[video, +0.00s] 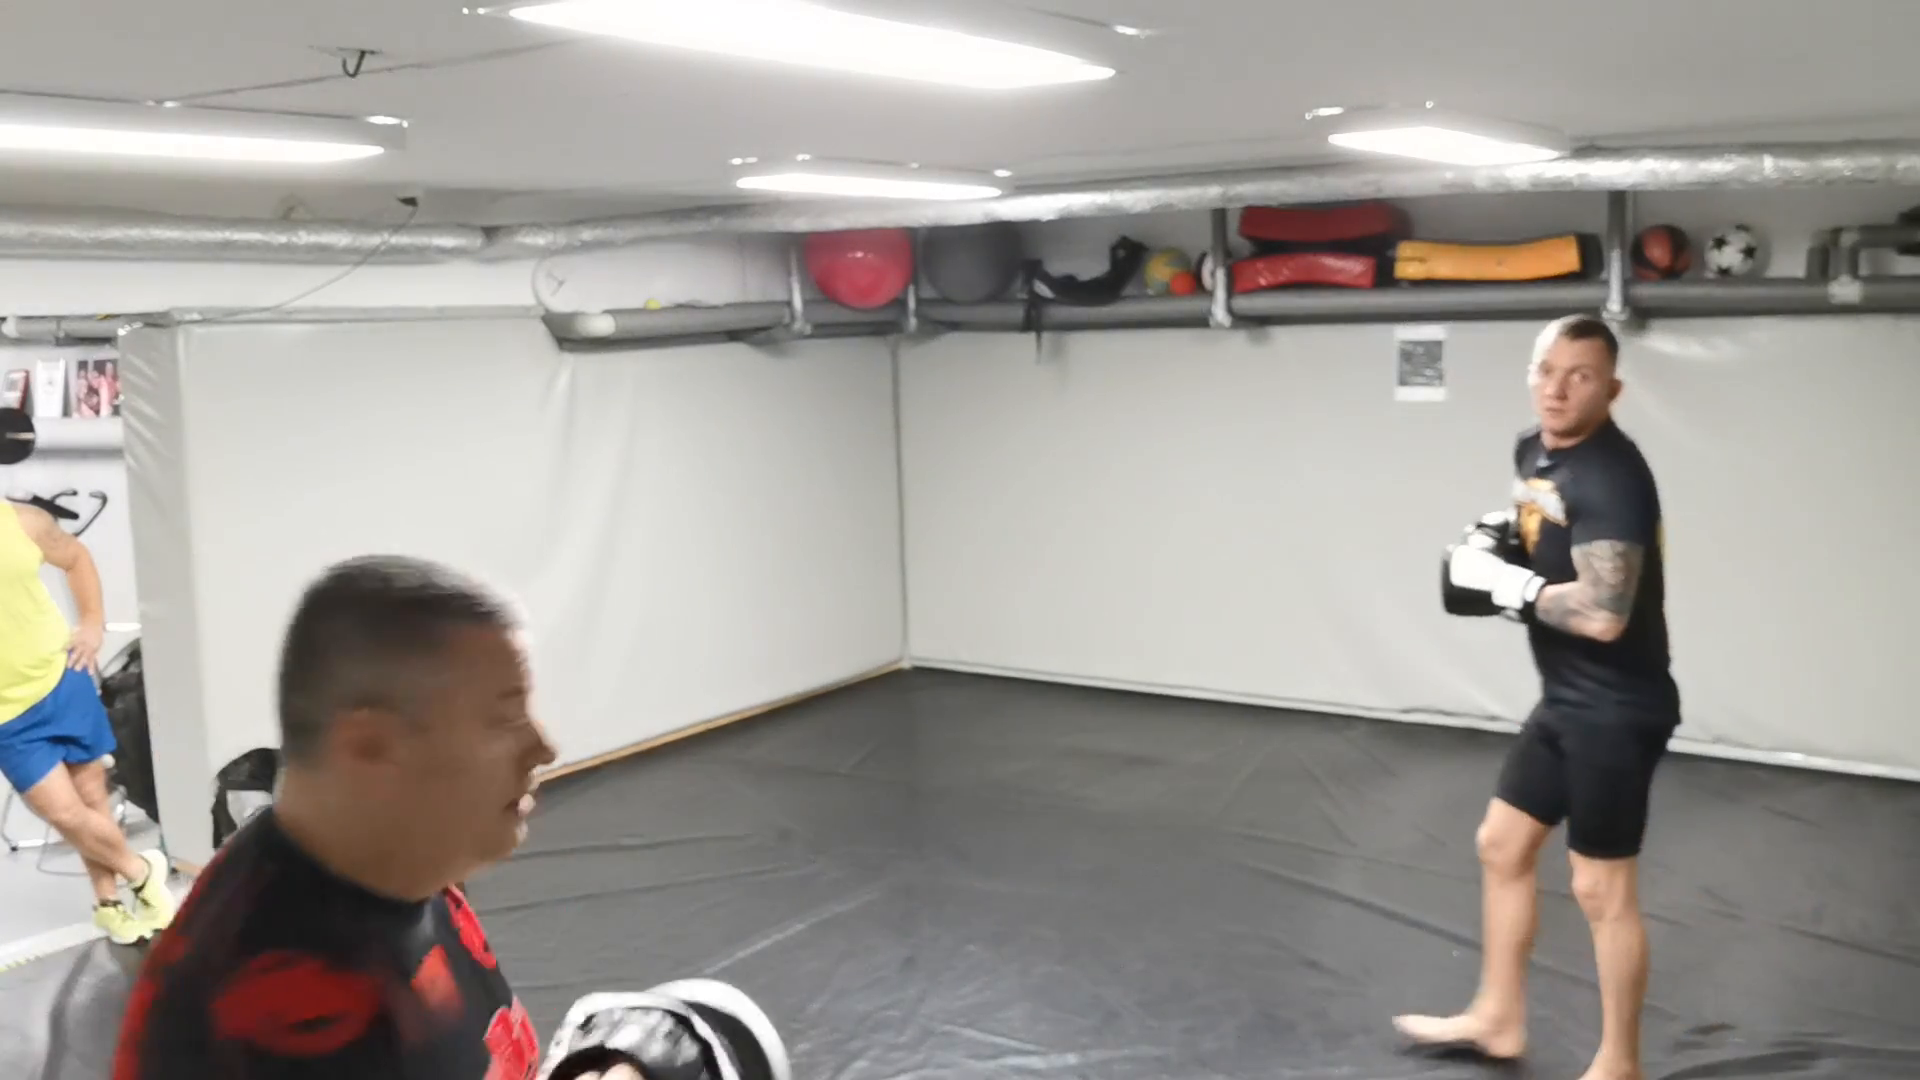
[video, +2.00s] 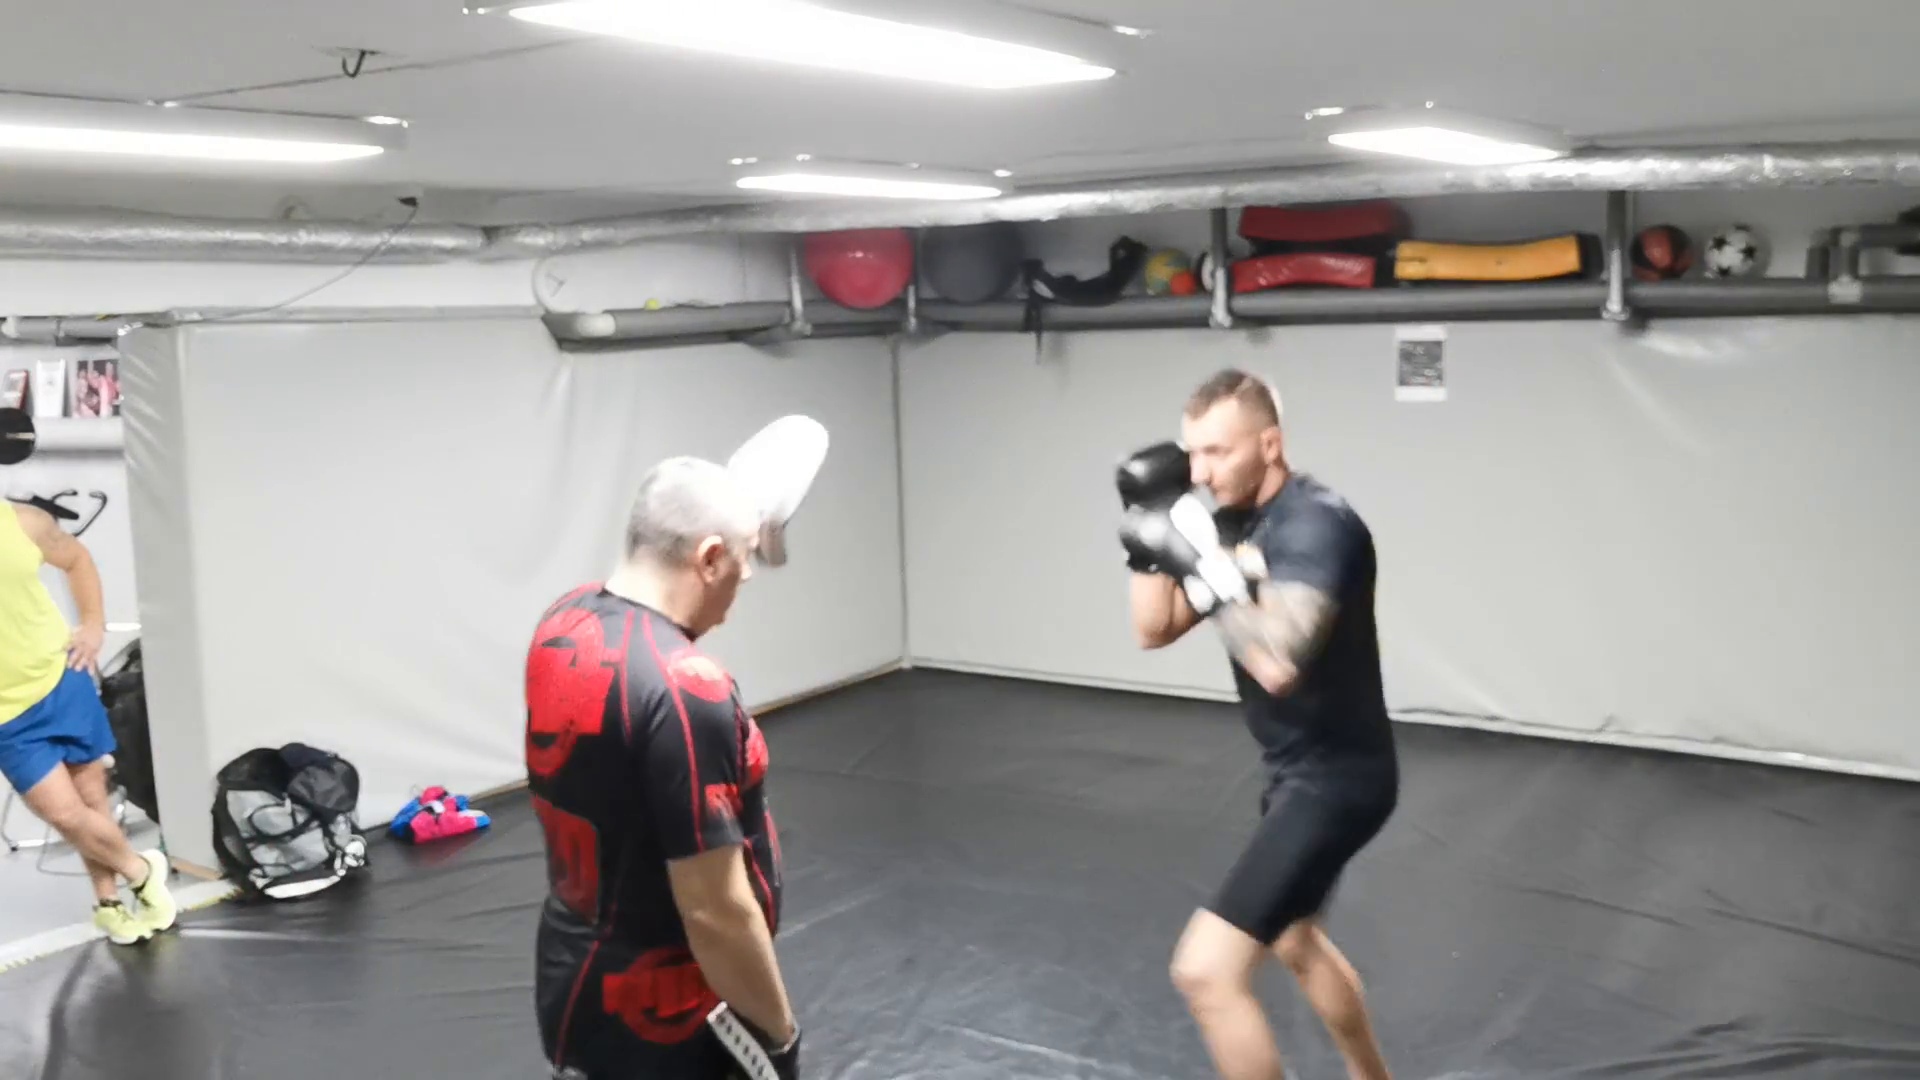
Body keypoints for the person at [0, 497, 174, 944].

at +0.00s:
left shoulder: (19, 521)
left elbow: (76, 558)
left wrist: (92, 623)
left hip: (62, 682)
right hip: (8, 715)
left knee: (92, 797)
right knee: (64, 815)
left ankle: (107, 901)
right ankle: (142, 872)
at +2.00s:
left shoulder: (22, 522)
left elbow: (77, 559)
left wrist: (93, 623)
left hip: (62, 683)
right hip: (8, 716)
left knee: (91, 799)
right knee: (65, 817)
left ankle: (108, 901)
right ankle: (142, 872)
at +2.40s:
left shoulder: (22, 522)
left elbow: (76, 558)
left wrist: (93, 623)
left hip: (63, 683)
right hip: (9, 716)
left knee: (92, 800)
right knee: (67, 818)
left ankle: (108, 902)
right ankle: (142, 872)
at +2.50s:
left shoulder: (21, 522)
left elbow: (76, 557)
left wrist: (92, 622)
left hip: (62, 682)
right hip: (8, 715)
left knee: (92, 798)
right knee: (66, 817)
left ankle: (108, 902)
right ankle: (142, 872)